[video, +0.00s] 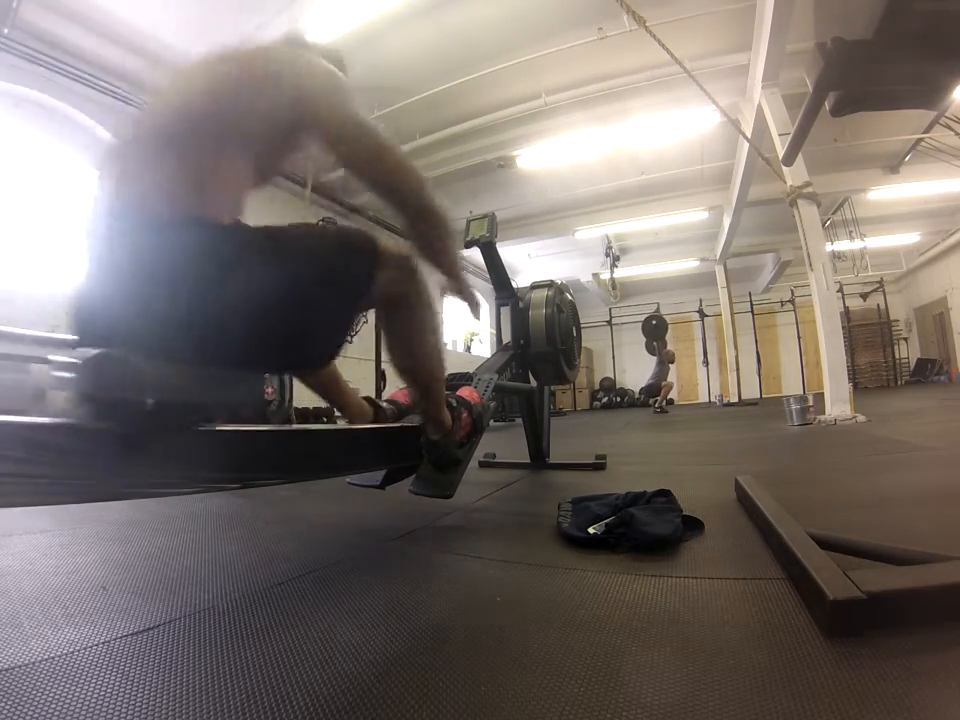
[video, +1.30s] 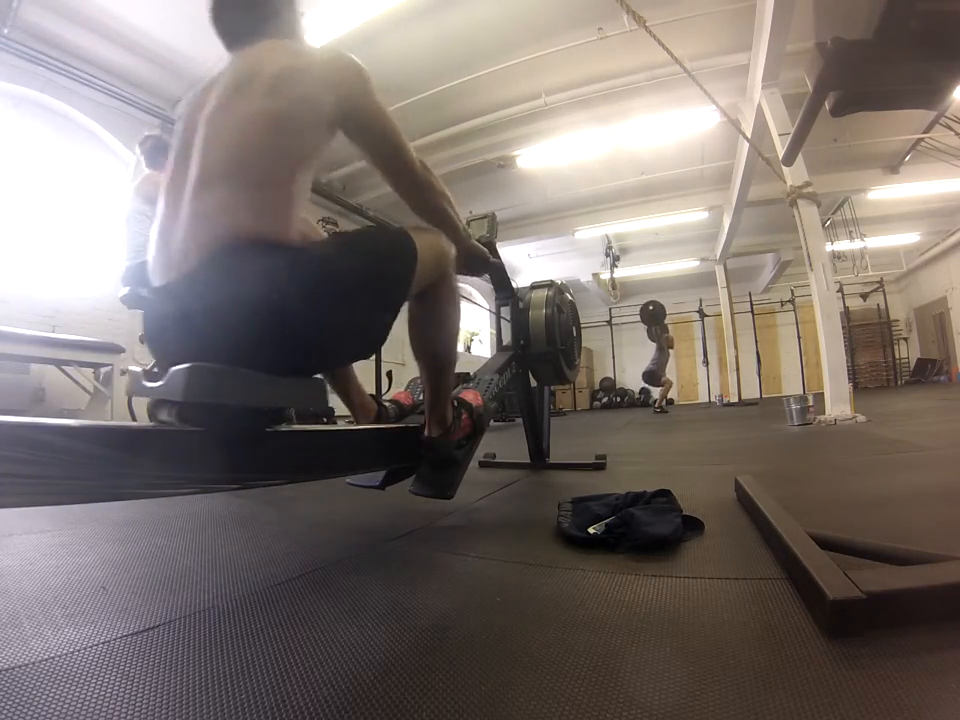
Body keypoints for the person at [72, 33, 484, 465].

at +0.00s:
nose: (315, 142)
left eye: (335, 102)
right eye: (333, 94)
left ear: (290, 51)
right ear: (320, 70)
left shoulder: (203, 93)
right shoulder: (304, 70)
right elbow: (402, 183)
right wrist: (451, 267)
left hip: (105, 299)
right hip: (190, 286)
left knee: (278, 301)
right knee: (398, 270)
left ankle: (363, 415)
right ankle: (443, 426)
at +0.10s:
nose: (367, 124)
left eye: (367, 118)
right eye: (366, 115)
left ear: (306, 83)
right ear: (357, 100)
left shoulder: (239, 114)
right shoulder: (350, 109)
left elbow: (148, 189)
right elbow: (457, 221)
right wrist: (488, 310)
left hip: (146, 312)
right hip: (236, 299)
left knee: (293, 285)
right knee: (426, 258)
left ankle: (361, 413)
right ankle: (443, 426)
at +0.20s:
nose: (400, 150)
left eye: (398, 146)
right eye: (403, 144)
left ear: (344, 121)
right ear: (394, 134)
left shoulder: (293, 146)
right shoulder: (392, 147)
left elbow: (309, 261)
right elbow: (474, 249)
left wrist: (381, 336)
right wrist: (504, 327)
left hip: (186, 325)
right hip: (267, 312)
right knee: (447, 257)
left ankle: (362, 410)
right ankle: (442, 428)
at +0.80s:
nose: (385, 98)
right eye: (382, 90)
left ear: (312, 93)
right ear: (375, 89)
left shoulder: (269, 139)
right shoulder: (381, 125)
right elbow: (472, 223)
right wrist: (499, 275)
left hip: (204, 332)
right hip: (292, 314)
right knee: (448, 255)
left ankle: (367, 411)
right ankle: (440, 424)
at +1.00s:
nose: (343, 49)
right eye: (340, 40)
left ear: (272, 60)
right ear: (336, 44)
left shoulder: (243, 121)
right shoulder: (367, 95)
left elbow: (323, 227)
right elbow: (450, 200)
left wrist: (382, 263)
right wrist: (485, 244)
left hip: (198, 334)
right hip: (287, 315)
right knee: (445, 250)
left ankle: (364, 409)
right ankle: (441, 426)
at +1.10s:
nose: (331, 39)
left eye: (327, 30)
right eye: (327, 30)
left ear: (260, 56)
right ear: (323, 36)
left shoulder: (234, 119)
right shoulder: (359, 92)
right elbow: (445, 206)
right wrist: (483, 257)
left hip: (193, 335)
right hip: (283, 315)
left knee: (328, 244)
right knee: (447, 252)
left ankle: (367, 413)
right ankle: (440, 425)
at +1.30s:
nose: (304, 21)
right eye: (299, 13)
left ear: (223, 34)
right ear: (292, 14)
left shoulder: (194, 100)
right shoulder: (328, 68)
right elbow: (415, 183)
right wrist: (465, 245)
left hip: (169, 326)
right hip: (264, 307)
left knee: (304, 242)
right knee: (436, 251)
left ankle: (367, 412)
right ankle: (441, 423)